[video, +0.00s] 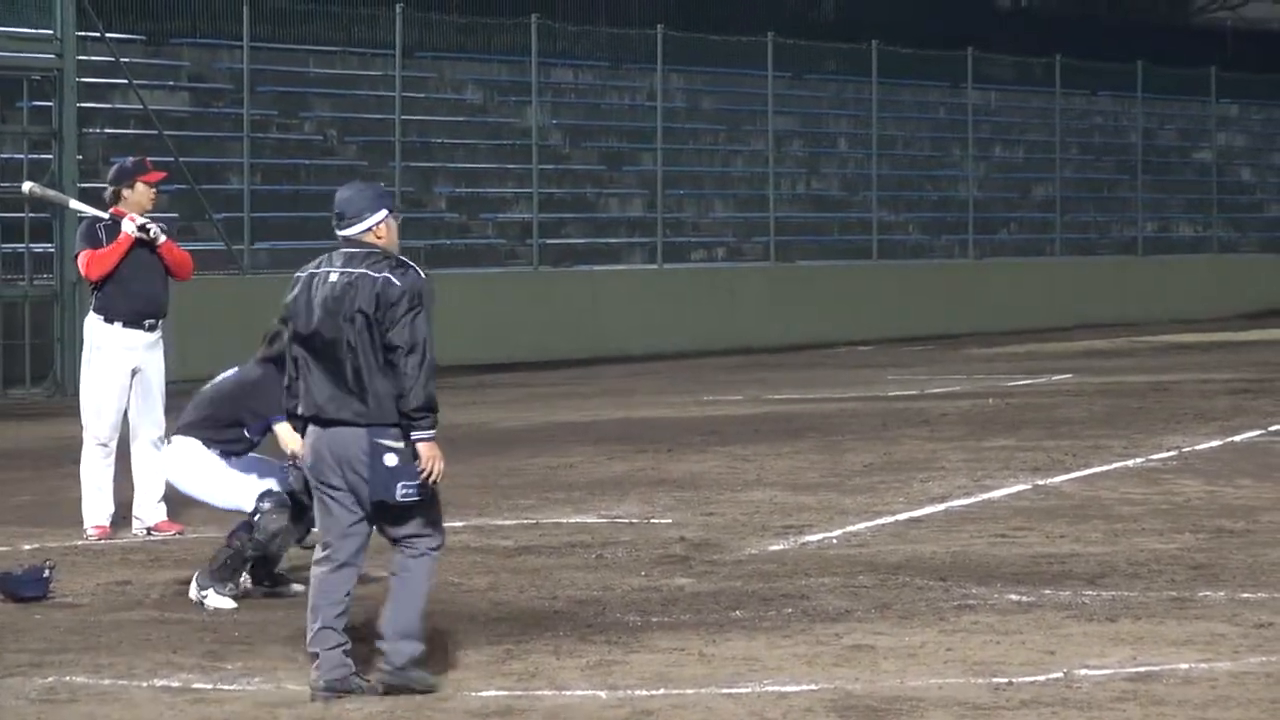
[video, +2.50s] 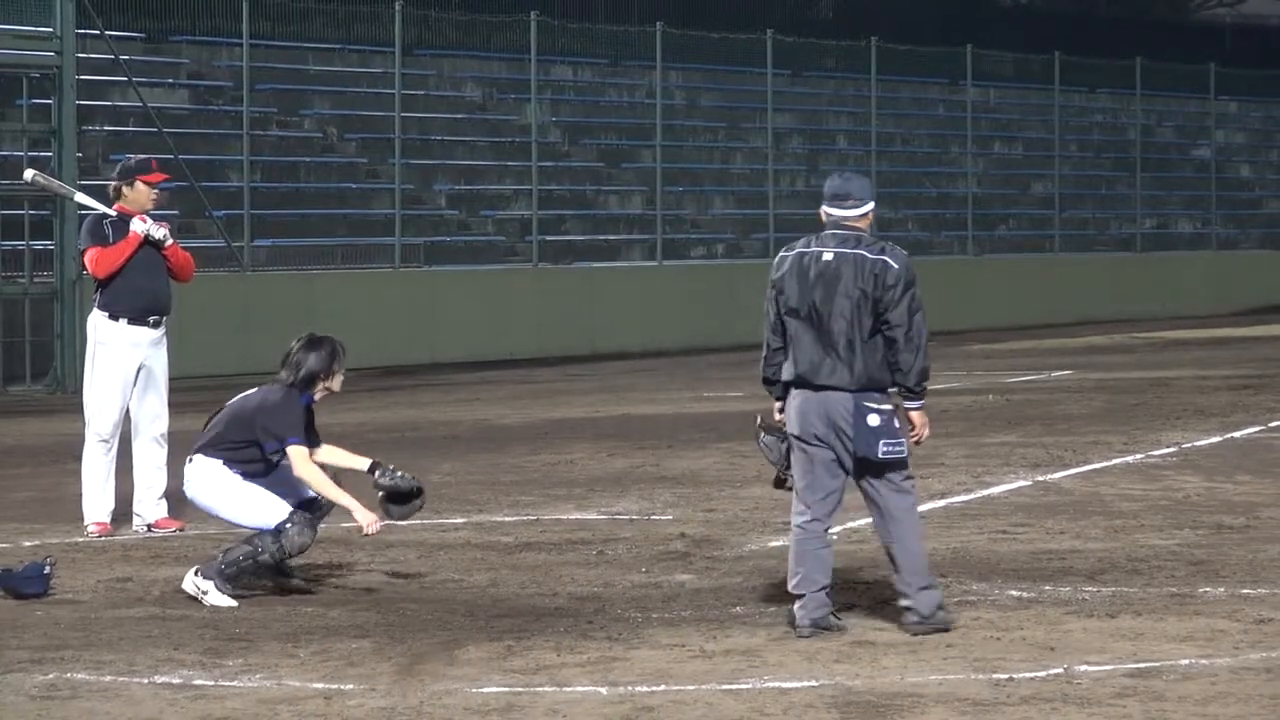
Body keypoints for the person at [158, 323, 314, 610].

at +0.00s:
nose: (313, 369)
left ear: (276, 345)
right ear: (296, 354)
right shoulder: (267, 378)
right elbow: (293, 445)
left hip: (223, 456)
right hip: (191, 457)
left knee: (302, 486)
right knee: (278, 505)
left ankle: (262, 573)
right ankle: (212, 581)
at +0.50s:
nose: (329, 414)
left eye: (329, 408)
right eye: (326, 408)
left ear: (292, 405)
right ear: (310, 413)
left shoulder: (273, 431)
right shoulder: (278, 438)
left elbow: (300, 474)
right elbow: (303, 503)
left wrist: (321, 485)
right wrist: (327, 484)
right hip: (201, 519)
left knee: (293, 504)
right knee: (303, 531)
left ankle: (263, 567)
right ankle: (219, 574)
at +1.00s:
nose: (321, 399)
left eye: (319, 393)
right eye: (315, 394)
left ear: (286, 399)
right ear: (297, 401)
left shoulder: (279, 430)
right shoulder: (267, 433)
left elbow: (308, 469)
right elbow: (295, 496)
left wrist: (333, 483)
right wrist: (329, 501)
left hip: (222, 511)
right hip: (201, 518)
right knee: (296, 524)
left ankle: (263, 567)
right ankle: (218, 574)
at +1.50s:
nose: (317, 407)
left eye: (315, 401)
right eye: (312, 401)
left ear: (293, 411)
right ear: (294, 409)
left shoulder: (281, 444)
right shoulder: (256, 437)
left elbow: (313, 493)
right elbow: (278, 496)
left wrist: (355, 535)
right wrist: (323, 520)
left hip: (225, 515)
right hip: (193, 523)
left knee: (312, 492)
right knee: (280, 521)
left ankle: (262, 570)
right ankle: (214, 577)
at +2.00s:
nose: (320, 403)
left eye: (319, 397)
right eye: (317, 398)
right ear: (303, 406)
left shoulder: (282, 438)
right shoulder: (266, 438)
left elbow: (306, 489)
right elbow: (283, 501)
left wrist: (355, 523)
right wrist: (334, 520)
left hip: (230, 513)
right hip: (203, 521)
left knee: (318, 494)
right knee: (290, 528)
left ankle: (263, 567)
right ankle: (217, 575)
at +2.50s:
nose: (343, 374)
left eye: (341, 367)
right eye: (339, 368)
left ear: (306, 367)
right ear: (323, 374)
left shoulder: (299, 401)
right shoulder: (285, 402)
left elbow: (316, 451)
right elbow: (302, 468)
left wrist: (374, 467)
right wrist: (355, 508)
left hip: (245, 469)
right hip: (211, 475)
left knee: (319, 500)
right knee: (298, 528)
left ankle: (269, 559)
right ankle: (208, 575)